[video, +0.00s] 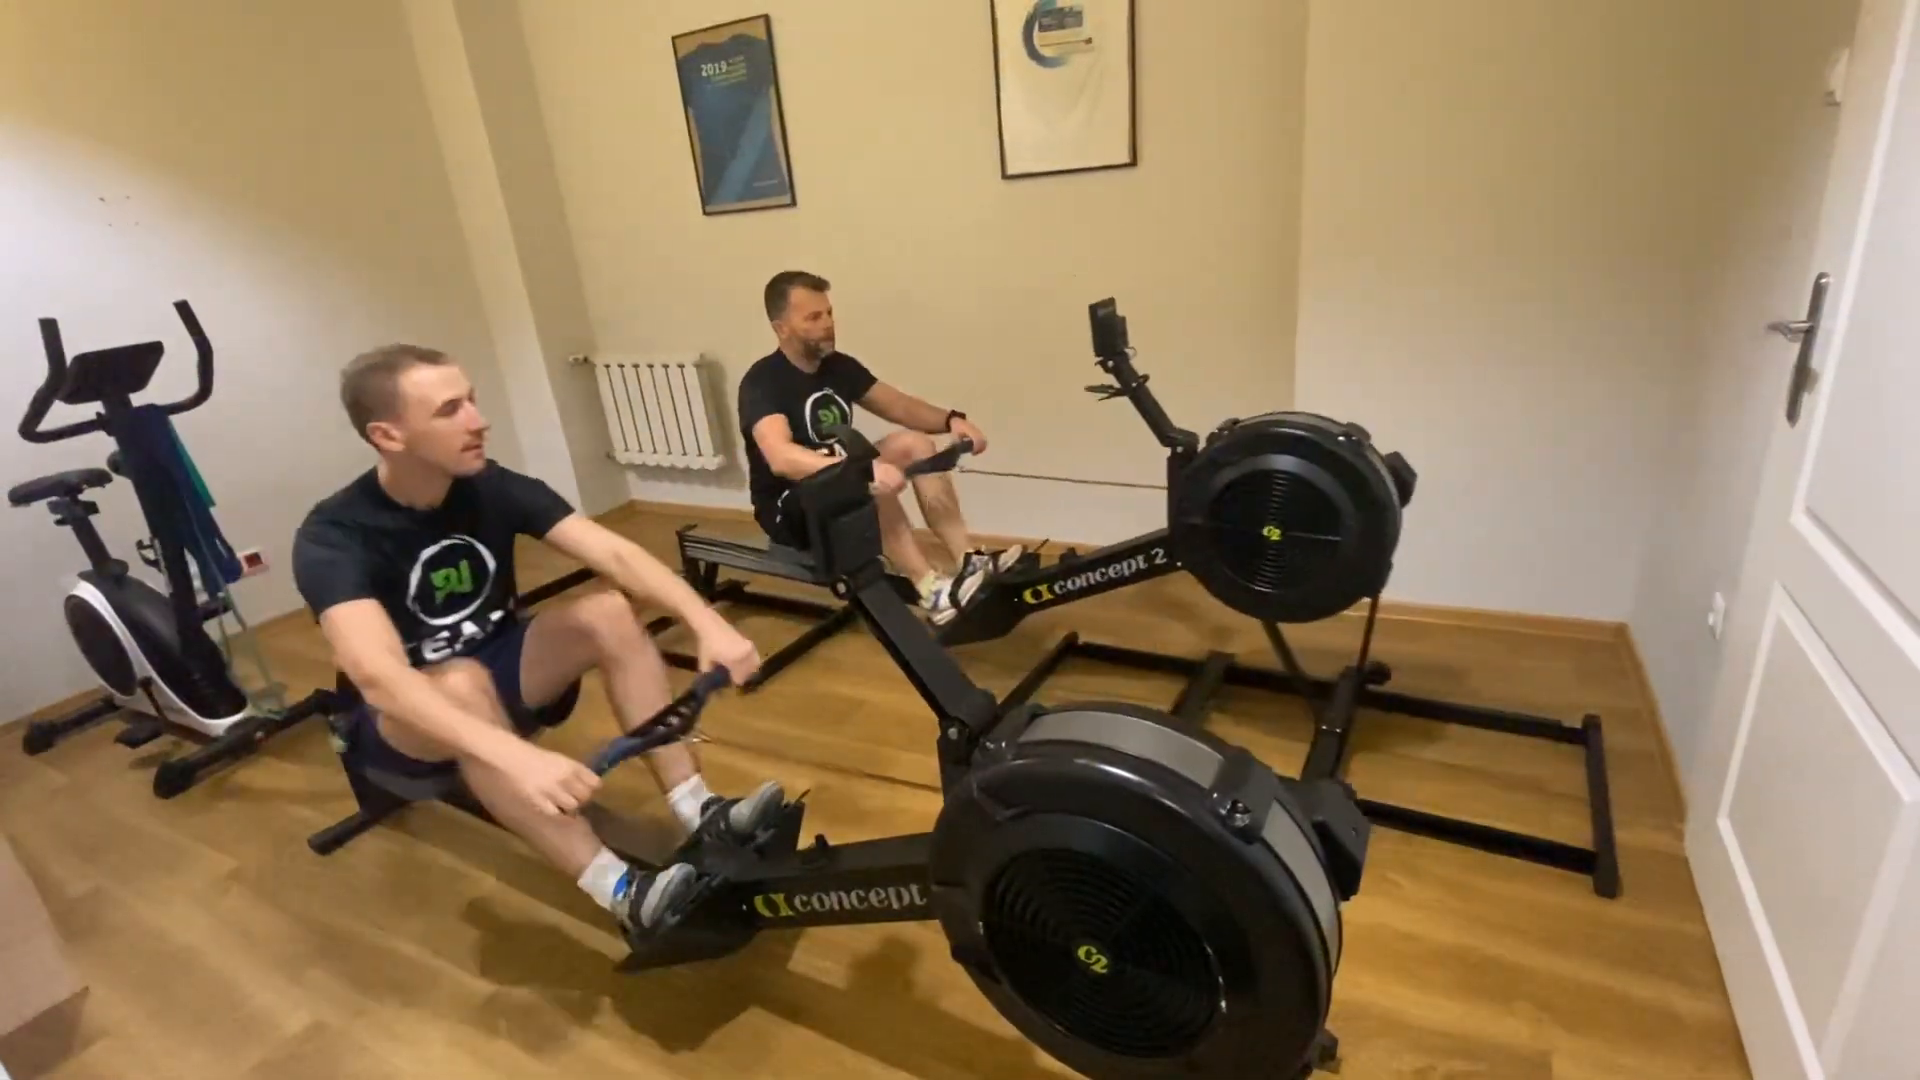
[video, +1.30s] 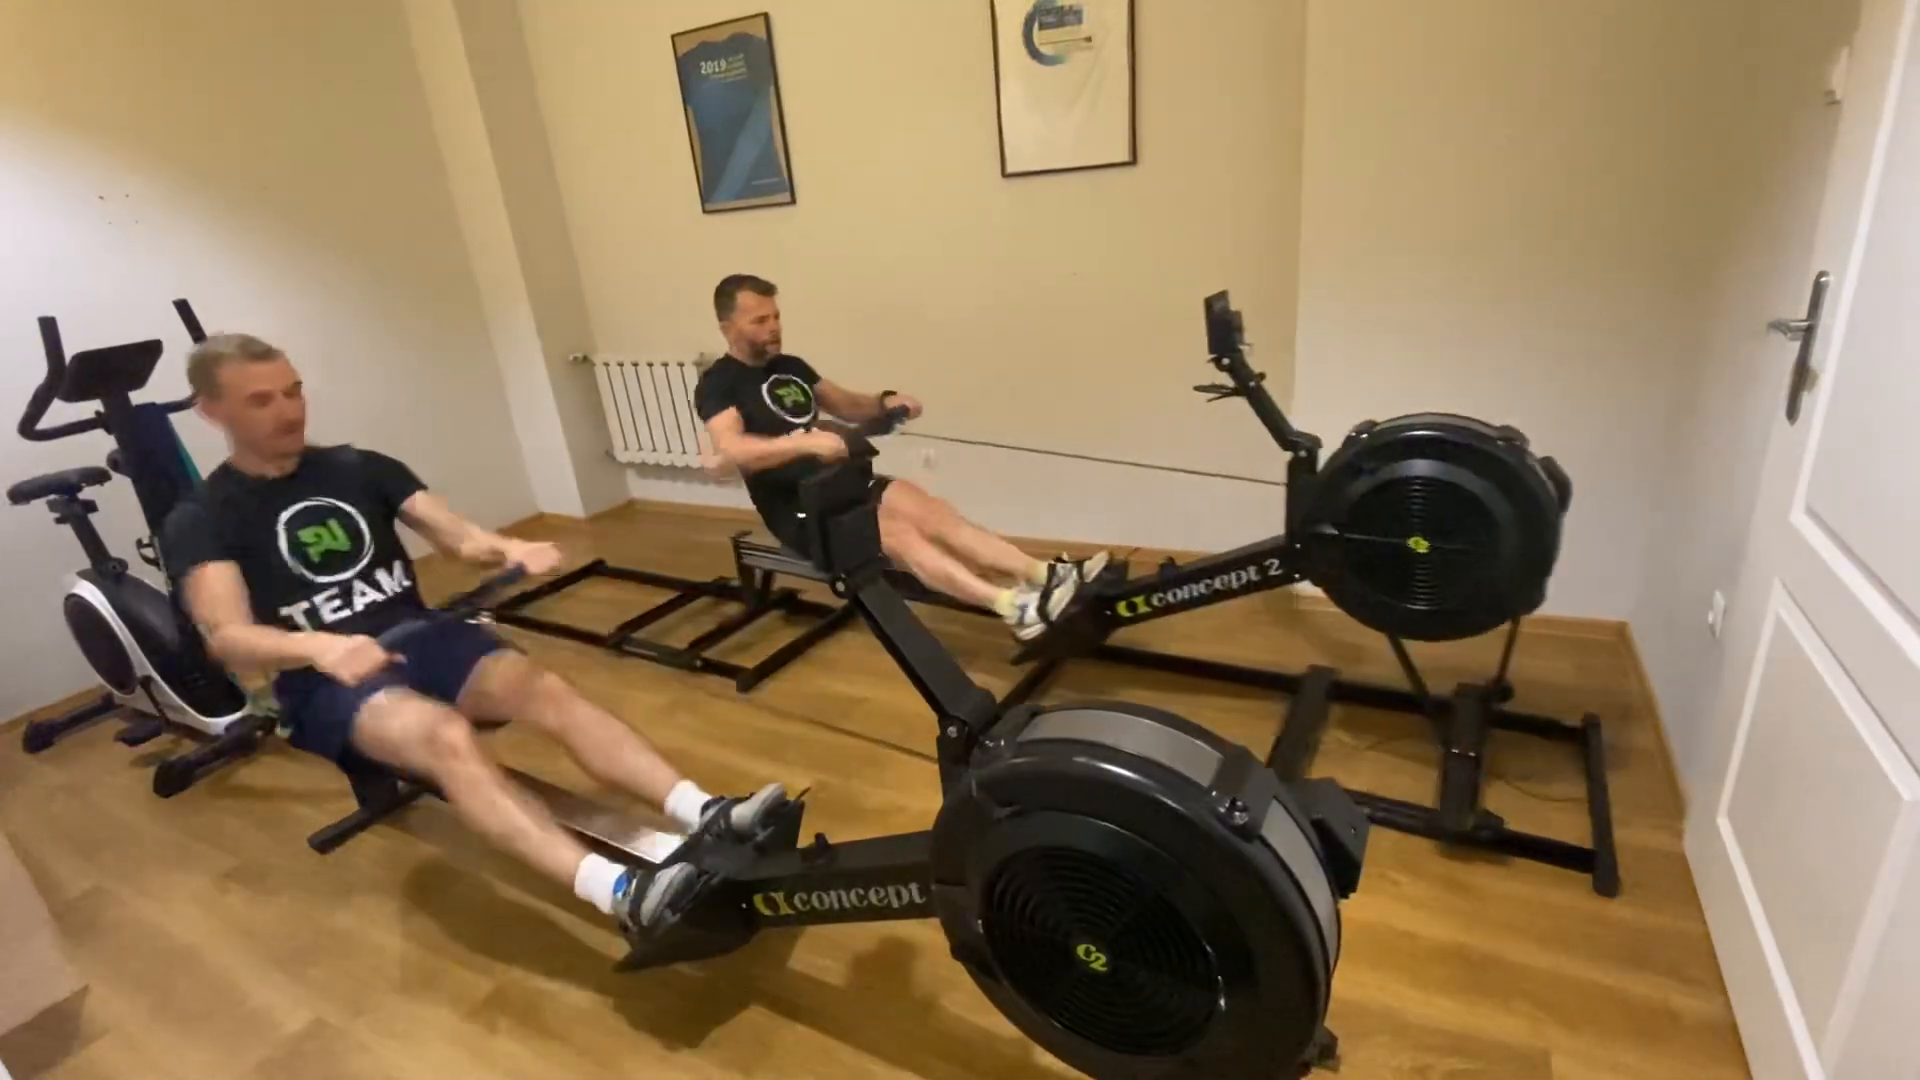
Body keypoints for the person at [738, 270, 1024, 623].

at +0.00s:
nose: (829, 324)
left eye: (829, 314)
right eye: (815, 318)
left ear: (832, 311)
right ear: (782, 328)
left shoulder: (838, 367)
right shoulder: (762, 382)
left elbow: (901, 406)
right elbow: (781, 458)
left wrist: (951, 420)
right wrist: (859, 471)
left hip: (846, 486)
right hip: (791, 506)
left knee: (914, 444)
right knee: (866, 480)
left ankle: (969, 562)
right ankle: (931, 589)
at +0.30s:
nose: (848, 330)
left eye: (848, 319)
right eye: (834, 323)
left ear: (852, 316)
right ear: (800, 333)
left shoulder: (857, 370)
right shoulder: (780, 386)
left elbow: (926, 404)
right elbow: (819, 449)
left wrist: (987, 426)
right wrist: (900, 476)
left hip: (845, 491)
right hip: (791, 513)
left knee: (914, 431)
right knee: (843, 467)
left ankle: (945, 557)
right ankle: (899, 581)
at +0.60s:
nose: (873, 337)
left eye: (873, 326)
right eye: (858, 330)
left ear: (876, 324)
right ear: (824, 342)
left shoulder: (880, 377)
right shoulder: (810, 397)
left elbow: (963, 407)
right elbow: (874, 444)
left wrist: (1031, 433)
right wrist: (953, 479)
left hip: (848, 502)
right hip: (794, 518)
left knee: (916, 421)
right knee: (843, 442)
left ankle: (927, 548)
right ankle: (874, 566)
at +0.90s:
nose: (849, 324)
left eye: (848, 314)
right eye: (835, 318)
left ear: (852, 312)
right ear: (803, 333)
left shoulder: (857, 370)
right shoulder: (788, 391)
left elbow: (933, 405)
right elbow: (856, 443)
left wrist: (998, 422)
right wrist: (933, 466)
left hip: (845, 488)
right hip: (790, 508)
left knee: (919, 440)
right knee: (849, 478)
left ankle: (968, 561)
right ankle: (924, 587)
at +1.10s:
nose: (806, 315)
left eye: (807, 303)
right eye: (792, 307)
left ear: (811, 302)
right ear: (759, 316)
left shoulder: (821, 360)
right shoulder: (749, 377)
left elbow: (885, 395)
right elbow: (807, 429)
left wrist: (947, 407)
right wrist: (876, 445)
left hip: (844, 479)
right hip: (791, 503)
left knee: (932, 476)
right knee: (872, 508)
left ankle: (1013, 570)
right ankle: (975, 600)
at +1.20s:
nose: (789, 318)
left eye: (790, 307)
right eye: (775, 312)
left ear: (792, 304)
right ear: (742, 319)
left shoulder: (804, 359)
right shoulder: (732, 377)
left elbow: (862, 396)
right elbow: (769, 436)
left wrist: (917, 400)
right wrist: (845, 444)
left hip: (845, 486)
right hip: (796, 509)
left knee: (924, 490)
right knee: (890, 514)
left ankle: (1032, 573)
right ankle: (996, 603)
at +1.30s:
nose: (773, 328)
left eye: (774, 317)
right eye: (760, 320)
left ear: (776, 315)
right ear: (728, 326)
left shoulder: (791, 367)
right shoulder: (717, 383)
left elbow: (850, 409)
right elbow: (731, 450)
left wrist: (885, 407)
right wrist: (804, 443)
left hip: (853, 483)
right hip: (806, 510)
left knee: (935, 514)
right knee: (901, 534)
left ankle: (1048, 577)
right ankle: (1014, 608)